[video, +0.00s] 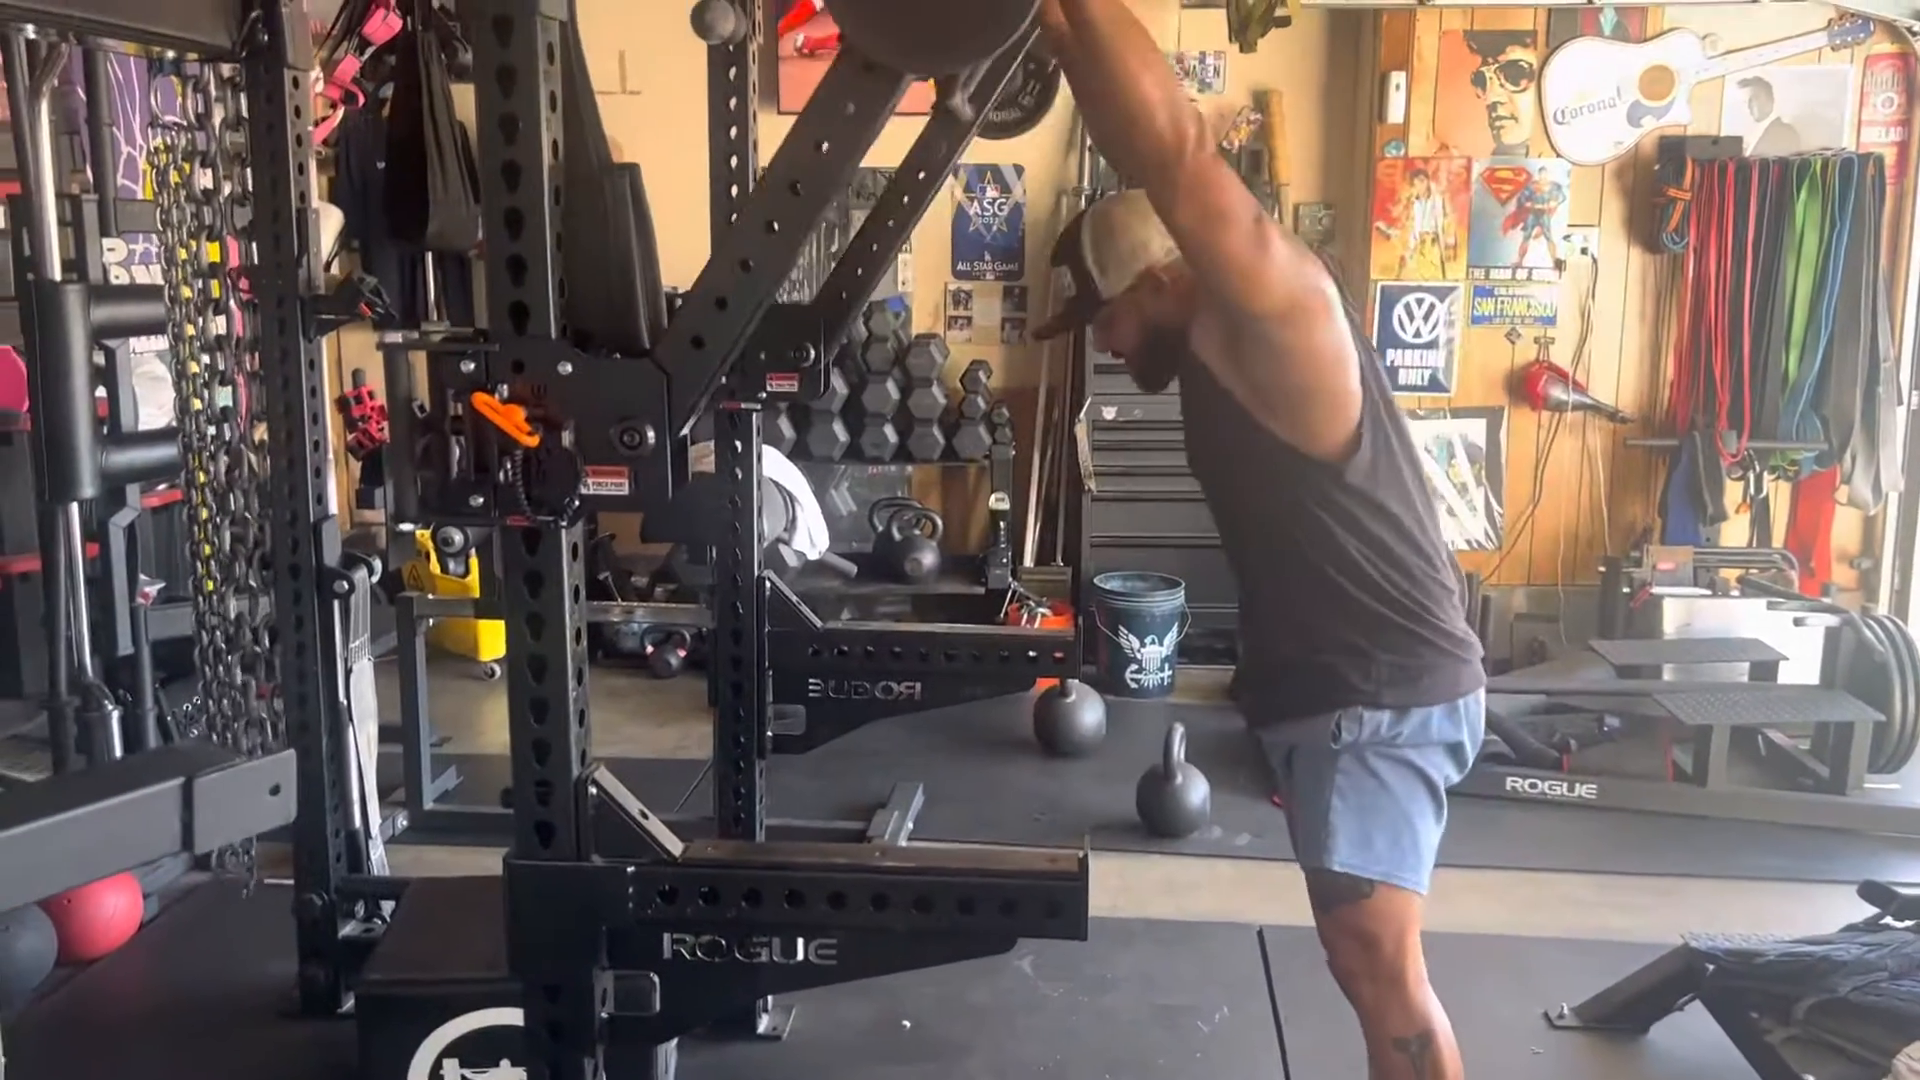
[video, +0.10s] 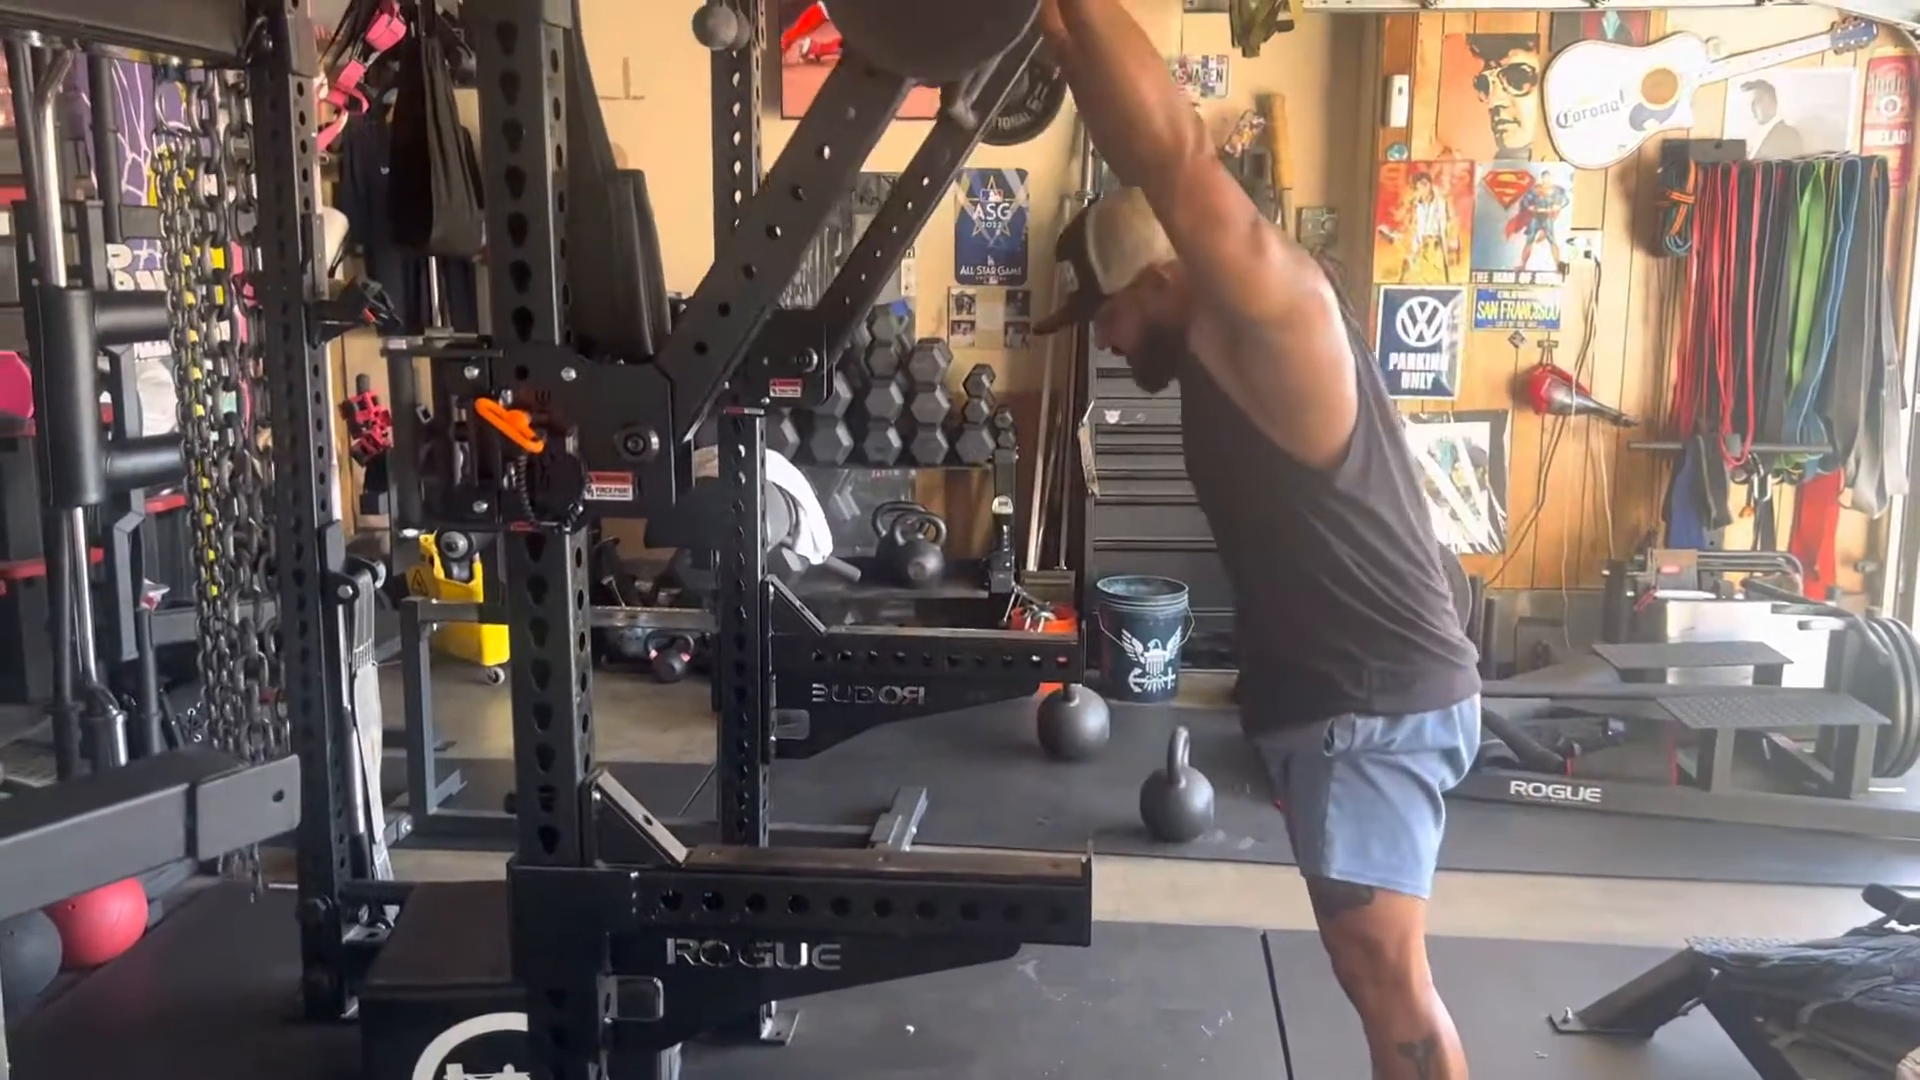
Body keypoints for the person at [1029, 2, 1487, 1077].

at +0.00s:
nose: (1106, 343)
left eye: (1107, 315)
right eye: (1096, 324)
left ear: (1159, 274)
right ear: (1159, 276)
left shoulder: (1270, 300)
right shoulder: (1226, 335)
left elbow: (1171, 145)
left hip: (1381, 693)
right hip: (1328, 687)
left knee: (1375, 959)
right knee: (1367, 951)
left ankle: (1420, 1068)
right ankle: (1408, 1061)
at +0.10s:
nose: (1111, 343)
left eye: (1110, 317)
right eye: (1103, 327)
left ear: (1156, 277)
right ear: (1160, 282)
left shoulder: (1266, 300)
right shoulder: (1231, 332)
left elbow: (1167, 146)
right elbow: (1162, 135)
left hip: (1374, 701)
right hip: (1325, 695)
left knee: (1384, 972)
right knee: (1374, 964)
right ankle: (1412, 1062)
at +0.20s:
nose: (1119, 317)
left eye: (1123, 291)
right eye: (1113, 296)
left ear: (1179, 261)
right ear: (1176, 266)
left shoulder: (1286, 307)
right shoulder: (1246, 329)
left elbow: (1201, 153)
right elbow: (1184, 146)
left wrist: (1083, 9)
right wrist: (1083, 35)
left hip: (1370, 709)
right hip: (1334, 704)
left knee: (1382, 982)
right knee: (1375, 974)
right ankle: (1412, 1066)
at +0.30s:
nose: (1140, 296)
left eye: (1149, 270)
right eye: (1136, 271)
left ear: (1211, 251)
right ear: (1206, 246)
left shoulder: (1314, 308)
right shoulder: (1262, 317)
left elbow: (1252, 172)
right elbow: (1185, 148)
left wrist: (1133, 7)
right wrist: (1102, 40)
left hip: (1370, 711)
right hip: (1330, 706)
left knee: (1382, 985)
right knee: (1372, 974)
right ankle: (1417, 1068)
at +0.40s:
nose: (1149, 287)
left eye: (1163, 257)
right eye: (1150, 261)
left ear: (1232, 246)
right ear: (1231, 241)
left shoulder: (1332, 312)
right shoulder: (1277, 317)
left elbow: (1328, 205)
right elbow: (1254, 206)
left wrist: (1202, 27)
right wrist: (1183, 115)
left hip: (1378, 714)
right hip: (1341, 709)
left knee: (1392, 995)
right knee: (1382, 983)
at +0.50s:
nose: (1161, 285)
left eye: (1173, 257)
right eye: (1156, 259)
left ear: (1243, 237)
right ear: (1241, 242)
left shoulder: (1350, 320)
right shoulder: (1292, 326)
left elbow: (1430, 285)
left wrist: (1281, 115)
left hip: (1396, 717)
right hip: (1351, 707)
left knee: (1400, 984)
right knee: (1390, 975)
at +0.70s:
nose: (1260, 249)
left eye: (1272, 224)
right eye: (1258, 226)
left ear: (1346, 224)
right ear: (1343, 224)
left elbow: (1604, 426)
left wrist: (1380, 373)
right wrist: (1218, 412)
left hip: (1493, 704)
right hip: (1376, 700)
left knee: (1422, 980)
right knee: (1389, 971)